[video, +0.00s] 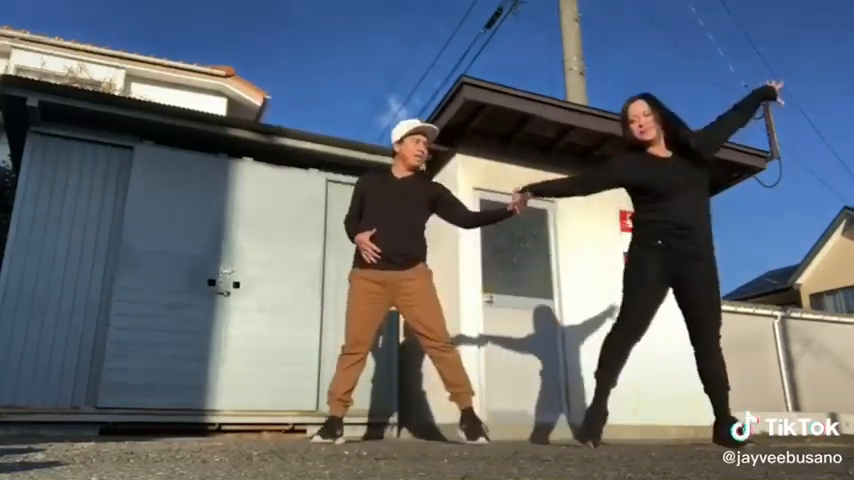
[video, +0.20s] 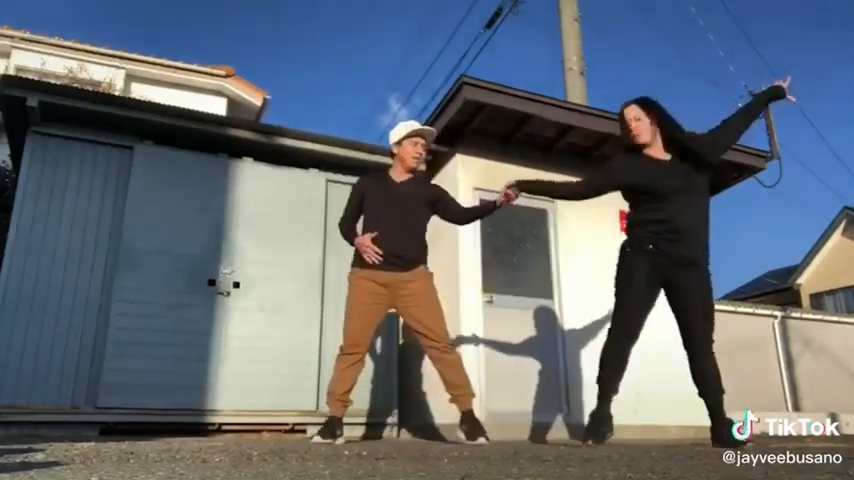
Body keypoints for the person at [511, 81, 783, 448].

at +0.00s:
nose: (638, 124)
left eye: (644, 116)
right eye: (632, 120)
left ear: (660, 117)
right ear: (628, 128)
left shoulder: (695, 148)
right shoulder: (630, 164)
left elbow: (733, 120)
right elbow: (581, 183)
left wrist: (762, 94)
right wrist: (530, 190)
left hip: (696, 257)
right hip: (650, 256)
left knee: (708, 338)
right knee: (628, 329)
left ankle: (724, 421)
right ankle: (598, 408)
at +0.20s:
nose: (632, 128)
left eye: (636, 120)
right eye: (627, 124)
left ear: (656, 120)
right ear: (626, 131)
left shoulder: (695, 152)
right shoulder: (628, 166)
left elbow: (733, 128)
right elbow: (579, 189)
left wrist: (766, 97)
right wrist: (523, 185)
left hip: (690, 263)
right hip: (642, 259)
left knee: (700, 344)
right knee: (622, 333)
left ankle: (720, 424)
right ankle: (602, 413)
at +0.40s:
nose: (586, 141)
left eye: (592, 134)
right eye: (587, 135)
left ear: (612, 138)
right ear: (598, 142)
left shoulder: (646, 170)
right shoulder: (588, 184)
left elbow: (656, 150)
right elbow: (562, 220)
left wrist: (621, 123)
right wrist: (518, 212)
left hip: (649, 263)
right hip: (605, 269)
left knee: (665, 337)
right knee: (597, 340)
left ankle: (714, 406)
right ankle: (622, 423)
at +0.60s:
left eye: (548, 122)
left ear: (551, 126)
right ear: (586, 123)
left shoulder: (538, 158)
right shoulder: (603, 155)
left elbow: (530, 197)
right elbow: (607, 196)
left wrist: (558, 205)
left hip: (556, 252)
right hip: (604, 252)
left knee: (555, 331)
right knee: (597, 330)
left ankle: (542, 415)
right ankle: (618, 415)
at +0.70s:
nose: (575, 121)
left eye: (571, 114)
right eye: (571, 114)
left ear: (537, 120)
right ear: (564, 117)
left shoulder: (530, 152)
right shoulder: (567, 148)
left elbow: (567, 186)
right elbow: (600, 190)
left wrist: (597, 167)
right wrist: (612, 202)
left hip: (521, 239)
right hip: (559, 239)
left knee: (537, 327)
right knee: (580, 323)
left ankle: (528, 416)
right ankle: (574, 412)